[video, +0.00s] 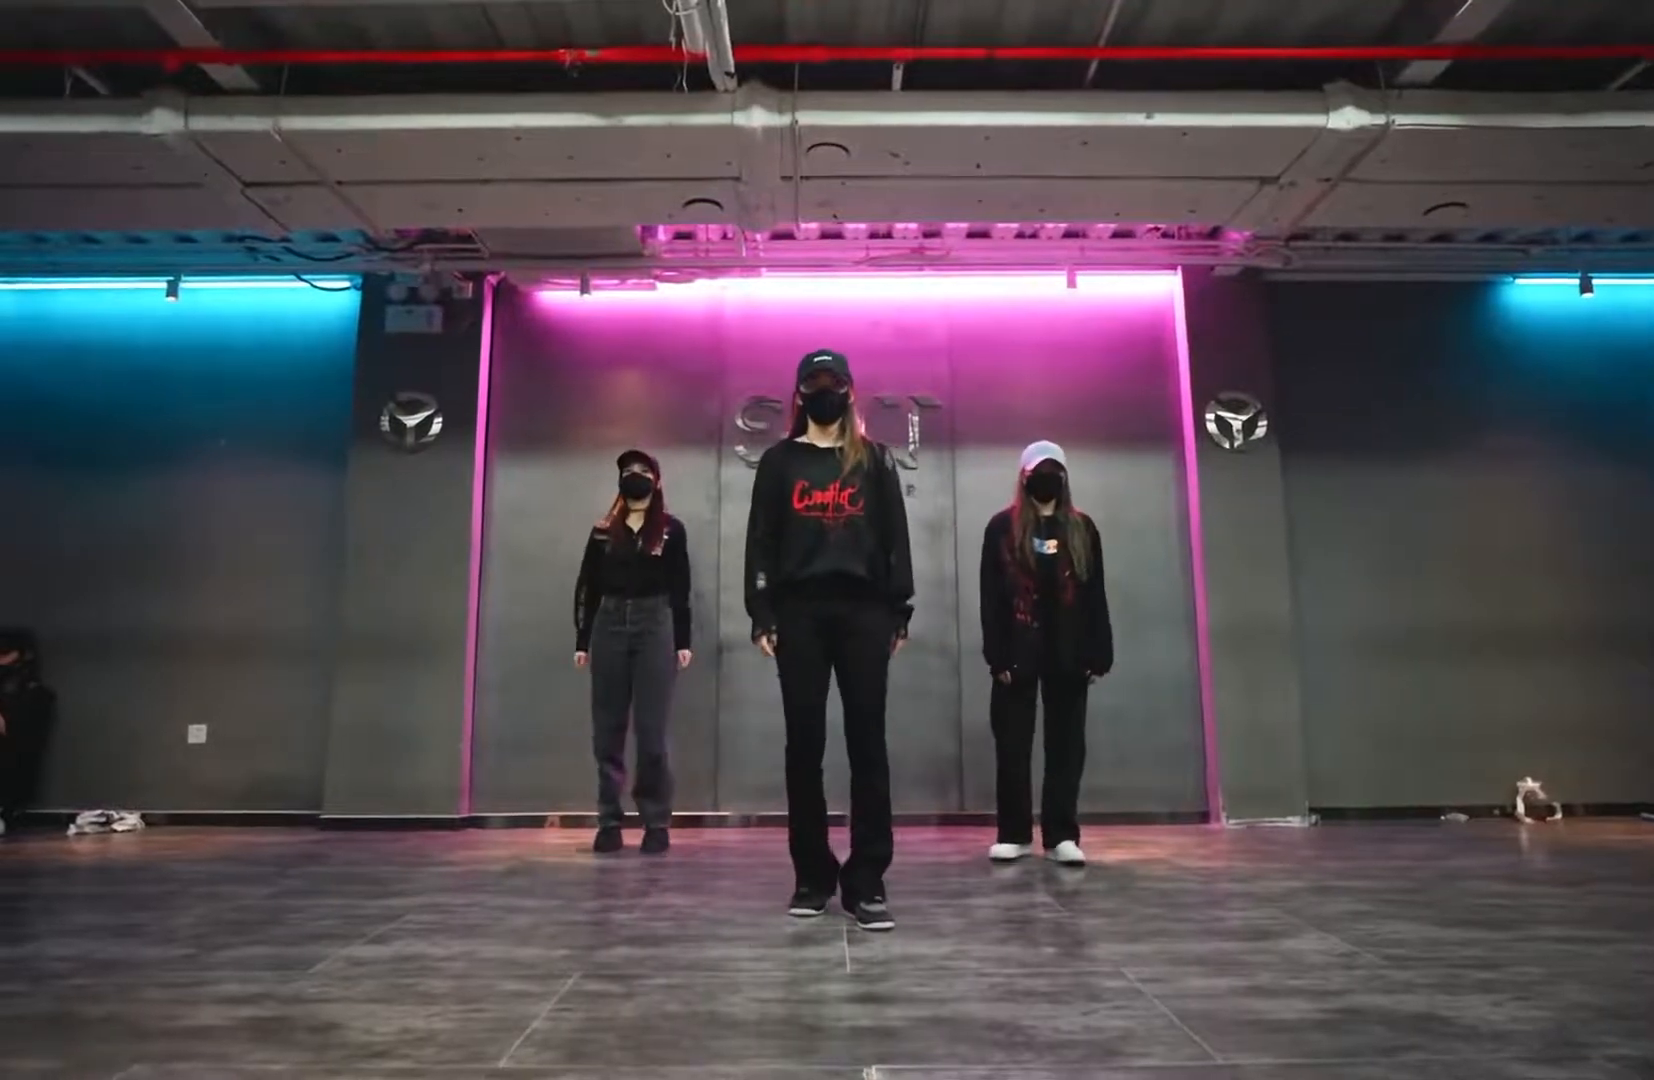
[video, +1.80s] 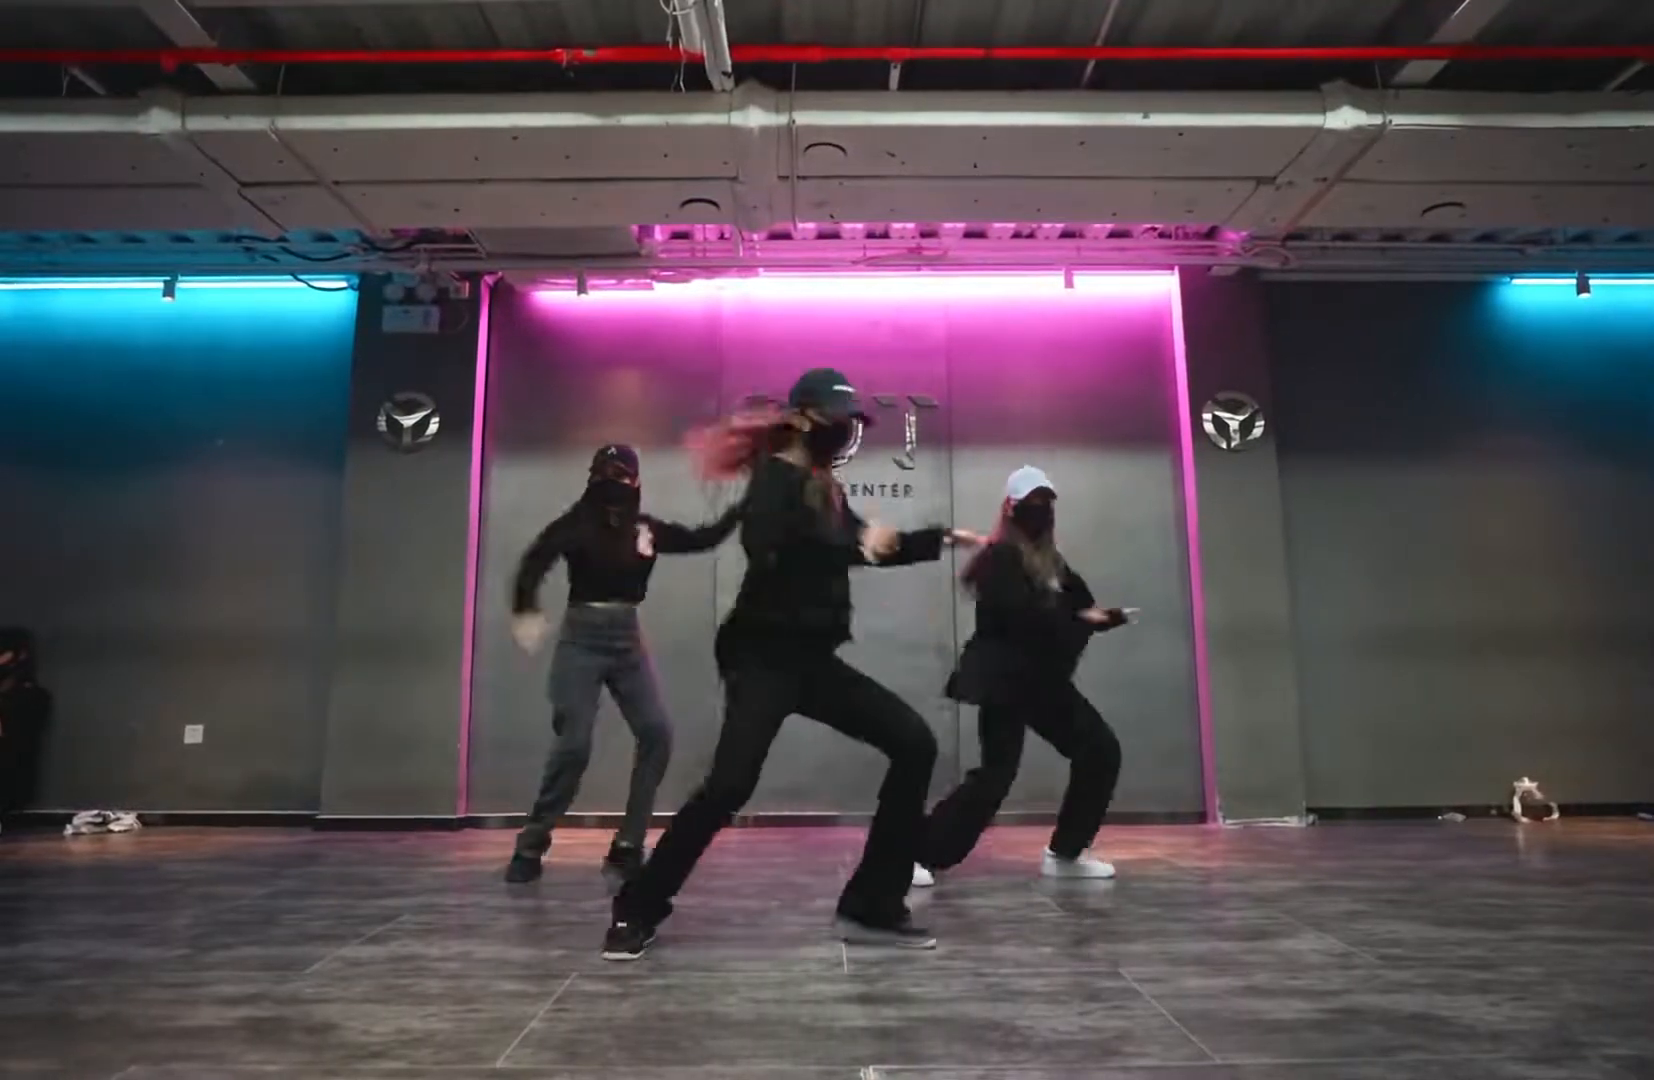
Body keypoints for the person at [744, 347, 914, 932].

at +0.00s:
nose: (826, 391)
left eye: (834, 382)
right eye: (816, 383)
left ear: (849, 390)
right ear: (801, 391)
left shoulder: (874, 459)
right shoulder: (778, 459)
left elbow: (897, 542)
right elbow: (757, 544)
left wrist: (898, 612)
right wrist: (761, 615)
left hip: (865, 615)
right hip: (798, 616)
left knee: (867, 748)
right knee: (804, 748)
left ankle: (867, 884)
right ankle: (811, 881)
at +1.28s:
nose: (839, 411)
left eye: (848, 403)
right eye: (829, 403)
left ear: (861, 412)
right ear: (811, 410)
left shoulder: (877, 483)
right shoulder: (784, 473)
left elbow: (899, 557)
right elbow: (776, 550)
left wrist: (935, 606)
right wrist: (812, 590)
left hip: (865, 633)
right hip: (802, 632)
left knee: (871, 755)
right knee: (787, 763)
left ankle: (881, 868)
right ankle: (830, 832)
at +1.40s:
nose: (824, 413)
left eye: (834, 403)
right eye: (814, 403)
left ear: (847, 410)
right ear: (798, 410)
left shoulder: (865, 479)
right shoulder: (772, 475)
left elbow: (909, 532)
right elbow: (748, 544)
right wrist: (694, 564)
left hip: (853, 643)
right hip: (786, 641)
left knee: (871, 763)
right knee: (734, 741)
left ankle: (880, 874)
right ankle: (721, 871)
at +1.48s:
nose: (813, 422)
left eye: (823, 412)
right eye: (803, 411)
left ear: (839, 421)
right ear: (788, 418)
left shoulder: (845, 485)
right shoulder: (763, 485)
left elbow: (837, 537)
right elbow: (710, 546)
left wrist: (782, 536)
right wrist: (646, 561)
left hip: (845, 650)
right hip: (779, 651)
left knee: (869, 765)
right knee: (719, 759)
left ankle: (882, 873)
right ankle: (653, 892)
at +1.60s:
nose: (768, 422)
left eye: (778, 412)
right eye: (757, 413)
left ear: (797, 420)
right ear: (743, 425)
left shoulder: (829, 487)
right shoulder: (733, 493)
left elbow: (853, 548)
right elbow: (698, 562)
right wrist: (652, 577)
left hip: (827, 655)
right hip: (760, 656)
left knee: (869, 771)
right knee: (702, 768)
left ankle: (881, 864)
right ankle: (635, 908)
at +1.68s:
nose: (772, 423)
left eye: (782, 413)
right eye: (760, 412)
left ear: (800, 421)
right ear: (743, 421)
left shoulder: (826, 493)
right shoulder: (727, 488)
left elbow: (901, 552)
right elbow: (713, 561)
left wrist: (962, 555)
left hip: (821, 665)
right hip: (751, 666)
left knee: (903, 759)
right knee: (704, 776)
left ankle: (868, 858)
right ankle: (635, 909)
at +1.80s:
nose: (848, 435)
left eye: (851, 424)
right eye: (839, 423)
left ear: (837, 426)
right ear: (806, 419)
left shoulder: (824, 487)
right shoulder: (777, 475)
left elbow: (866, 547)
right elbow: (763, 541)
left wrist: (940, 539)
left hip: (811, 661)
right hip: (762, 660)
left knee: (914, 742)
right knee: (730, 788)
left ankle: (873, 901)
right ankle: (635, 912)